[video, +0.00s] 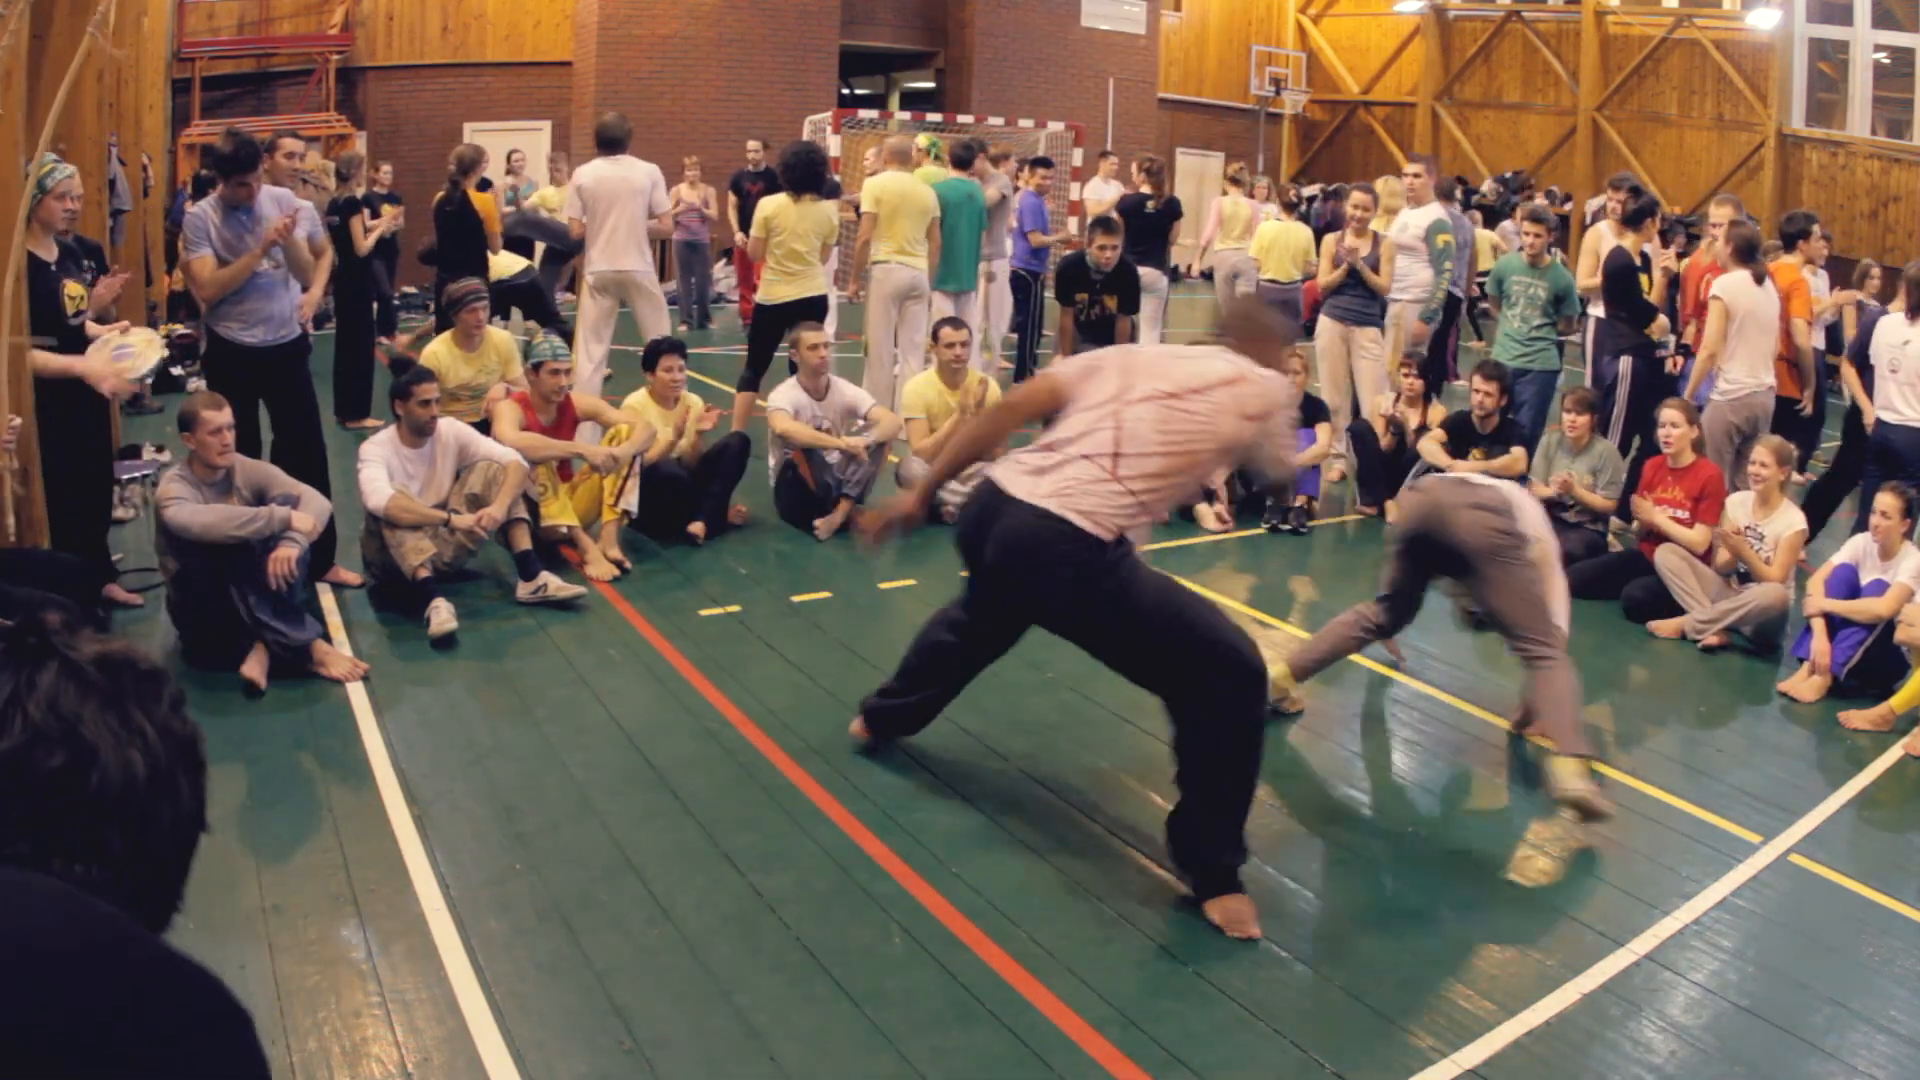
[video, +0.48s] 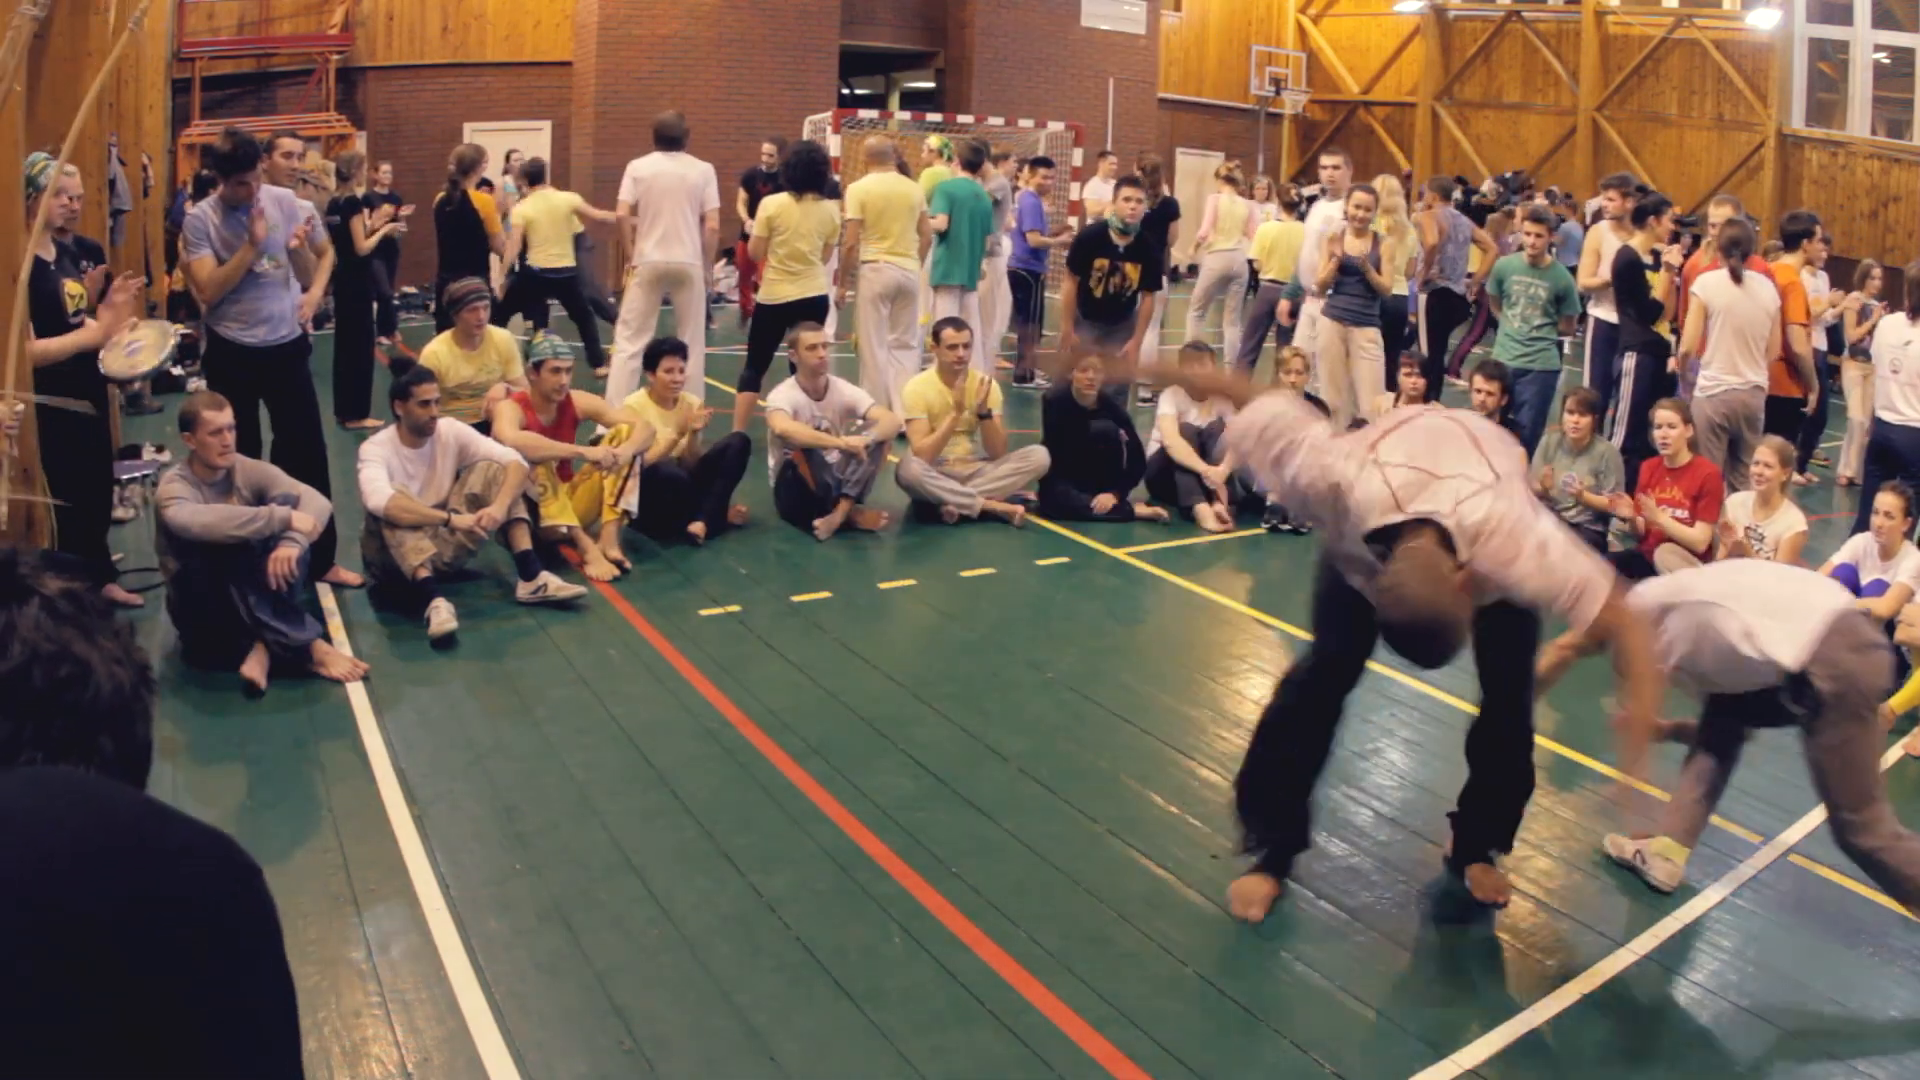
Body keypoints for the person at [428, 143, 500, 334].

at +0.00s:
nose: (486, 167)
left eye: (486, 163)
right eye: (484, 163)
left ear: (456, 165)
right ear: (476, 168)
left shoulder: (439, 199)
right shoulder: (485, 200)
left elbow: (441, 240)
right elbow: (495, 246)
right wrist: (497, 206)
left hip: (446, 276)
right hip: (474, 278)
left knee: (443, 332)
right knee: (474, 333)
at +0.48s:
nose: (485, 168)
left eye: (485, 163)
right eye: (484, 163)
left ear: (457, 165)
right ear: (478, 168)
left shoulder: (440, 200)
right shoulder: (483, 201)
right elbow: (498, 244)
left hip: (446, 281)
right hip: (476, 282)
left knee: (445, 340)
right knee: (476, 339)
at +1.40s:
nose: (480, 167)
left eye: (480, 162)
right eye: (476, 162)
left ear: (448, 168)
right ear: (464, 168)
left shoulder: (437, 199)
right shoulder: (474, 200)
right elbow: (488, 245)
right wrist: (490, 215)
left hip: (441, 280)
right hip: (468, 282)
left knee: (442, 343)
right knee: (469, 342)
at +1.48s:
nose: (477, 167)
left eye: (477, 162)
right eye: (474, 163)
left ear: (447, 168)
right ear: (463, 167)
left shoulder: (434, 200)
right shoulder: (472, 199)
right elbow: (491, 243)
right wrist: (492, 211)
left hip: (440, 281)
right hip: (468, 282)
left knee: (441, 345)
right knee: (467, 345)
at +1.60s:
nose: (476, 166)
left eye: (476, 161)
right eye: (473, 162)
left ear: (445, 167)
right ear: (463, 167)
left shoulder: (432, 200)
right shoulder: (474, 198)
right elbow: (487, 245)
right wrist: (486, 210)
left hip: (438, 280)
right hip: (467, 280)